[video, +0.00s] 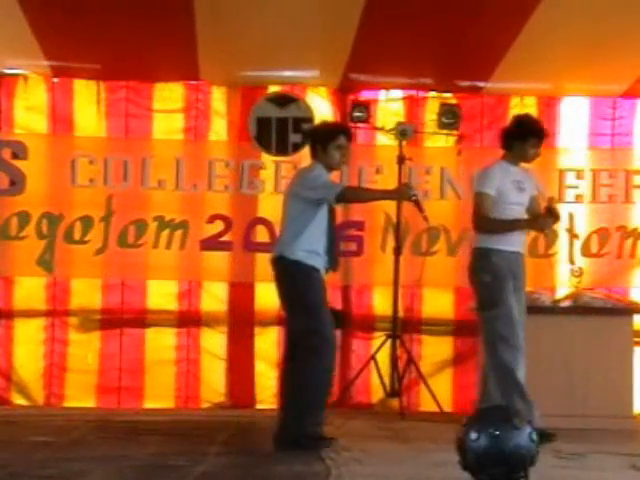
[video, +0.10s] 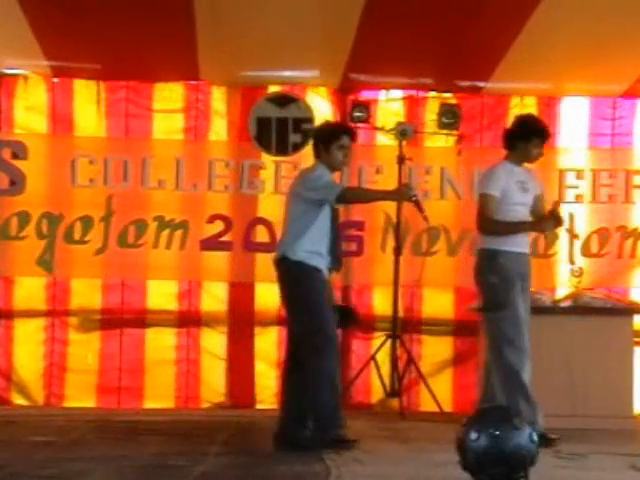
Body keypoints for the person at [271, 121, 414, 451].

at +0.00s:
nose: (344, 155)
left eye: (346, 149)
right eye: (338, 148)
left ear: (340, 152)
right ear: (320, 149)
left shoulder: (316, 178)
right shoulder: (311, 176)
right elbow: (347, 195)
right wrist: (394, 194)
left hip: (303, 267)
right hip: (297, 266)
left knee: (307, 343)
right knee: (319, 342)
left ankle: (296, 429)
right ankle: (302, 431)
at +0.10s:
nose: (346, 156)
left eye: (348, 150)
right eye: (341, 149)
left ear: (342, 152)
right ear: (323, 149)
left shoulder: (320, 181)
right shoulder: (313, 177)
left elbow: (317, 247)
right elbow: (347, 195)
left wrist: (330, 301)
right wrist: (395, 194)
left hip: (307, 268)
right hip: (300, 266)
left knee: (307, 347)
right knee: (321, 345)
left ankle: (295, 428)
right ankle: (325, 428)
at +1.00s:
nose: (398, 155)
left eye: (399, 148)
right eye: (393, 147)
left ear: (385, 149)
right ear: (374, 146)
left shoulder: (369, 181)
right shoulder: (359, 178)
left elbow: (363, 239)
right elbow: (381, 208)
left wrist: (374, 281)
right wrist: (422, 214)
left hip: (356, 272)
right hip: (344, 270)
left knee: (352, 353)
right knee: (353, 353)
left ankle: (309, 415)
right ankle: (356, 436)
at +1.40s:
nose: (399, 167)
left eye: (401, 159)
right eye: (398, 158)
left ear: (378, 150)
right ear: (386, 153)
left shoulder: (360, 178)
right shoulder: (364, 180)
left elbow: (358, 232)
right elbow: (371, 222)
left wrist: (368, 277)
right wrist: (401, 210)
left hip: (343, 269)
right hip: (338, 268)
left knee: (337, 346)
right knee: (346, 348)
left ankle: (300, 417)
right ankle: (354, 432)